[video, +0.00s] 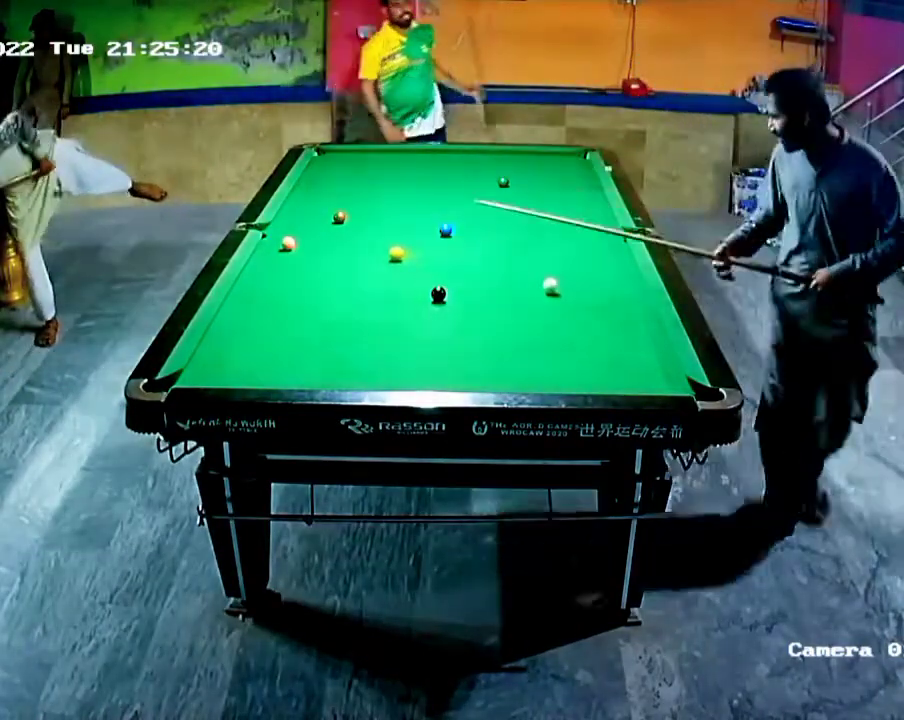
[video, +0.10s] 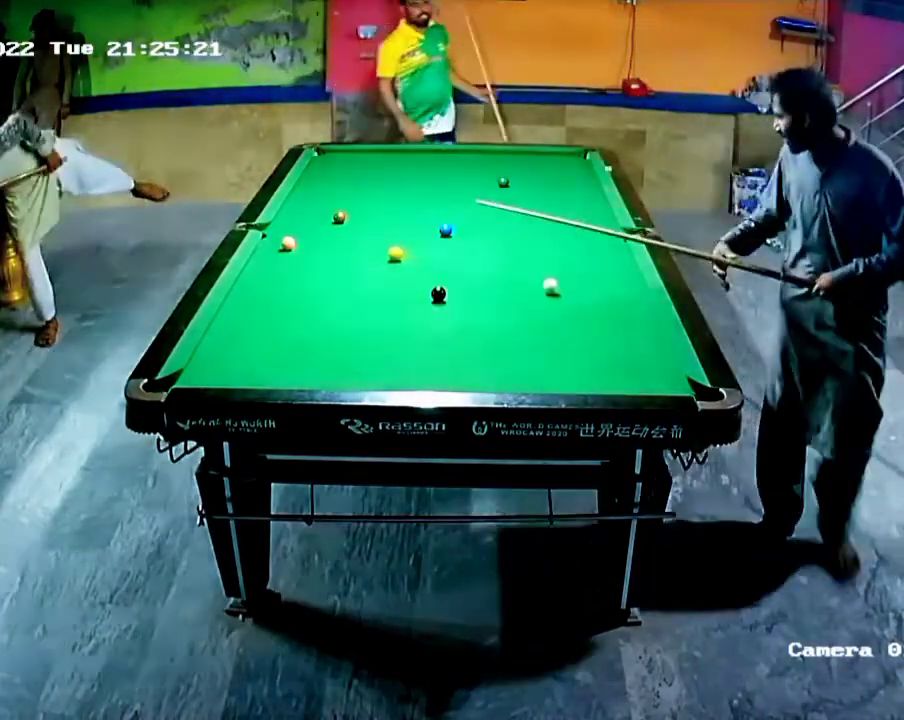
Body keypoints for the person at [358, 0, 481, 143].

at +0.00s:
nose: (405, 10)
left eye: (409, 4)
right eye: (397, 6)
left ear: (414, 5)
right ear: (386, 10)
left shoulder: (422, 32)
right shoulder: (374, 46)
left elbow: (430, 65)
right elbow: (367, 88)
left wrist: (461, 87)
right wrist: (386, 126)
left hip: (434, 123)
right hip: (404, 130)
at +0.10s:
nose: (422, 10)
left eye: (426, 3)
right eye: (415, 5)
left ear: (432, 5)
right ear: (404, 8)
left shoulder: (439, 32)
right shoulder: (392, 45)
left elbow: (446, 72)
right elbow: (385, 87)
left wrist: (477, 92)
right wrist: (405, 123)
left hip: (446, 124)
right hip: (417, 130)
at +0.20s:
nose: (431, 10)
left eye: (434, 3)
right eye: (423, 5)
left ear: (439, 6)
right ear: (411, 8)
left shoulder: (445, 33)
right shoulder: (399, 44)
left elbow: (452, 75)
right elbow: (393, 87)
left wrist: (480, 95)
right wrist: (416, 123)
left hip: (450, 122)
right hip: (422, 128)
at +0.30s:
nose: (447, 11)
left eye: (450, 4)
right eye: (439, 6)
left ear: (454, 5)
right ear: (424, 9)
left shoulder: (458, 33)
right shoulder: (414, 44)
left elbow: (461, 78)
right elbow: (410, 92)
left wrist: (488, 100)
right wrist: (436, 121)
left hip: (461, 121)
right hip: (432, 127)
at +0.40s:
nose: (460, 13)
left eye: (462, 7)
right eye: (452, 9)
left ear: (466, 7)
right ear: (440, 11)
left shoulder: (469, 36)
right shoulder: (428, 45)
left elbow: (469, 79)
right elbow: (421, 90)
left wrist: (493, 100)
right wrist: (450, 122)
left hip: (471, 121)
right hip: (444, 128)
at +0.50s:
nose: (477, 17)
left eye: (480, 10)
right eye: (469, 12)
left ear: (484, 10)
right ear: (457, 14)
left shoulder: (484, 40)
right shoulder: (447, 50)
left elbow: (482, 82)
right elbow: (440, 96)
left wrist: (504, 102)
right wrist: (470, 125)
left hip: (489, 126)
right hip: (461, 132)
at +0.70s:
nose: (504, 19)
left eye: (506, 12)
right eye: (495, 15)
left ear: (510, 10)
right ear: (485, 15)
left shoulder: (512, 39)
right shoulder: (479, 51)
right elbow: (471, 96)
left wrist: (527, 120)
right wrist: (507, 124)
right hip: (492, 136)